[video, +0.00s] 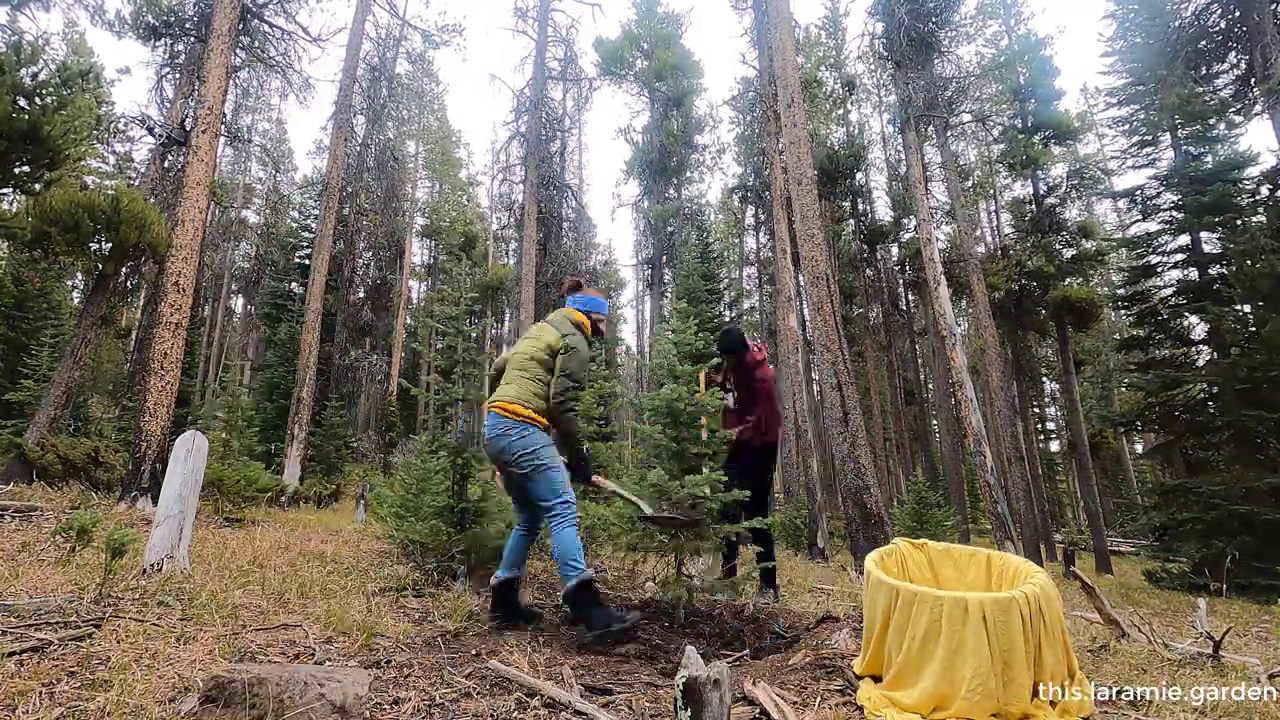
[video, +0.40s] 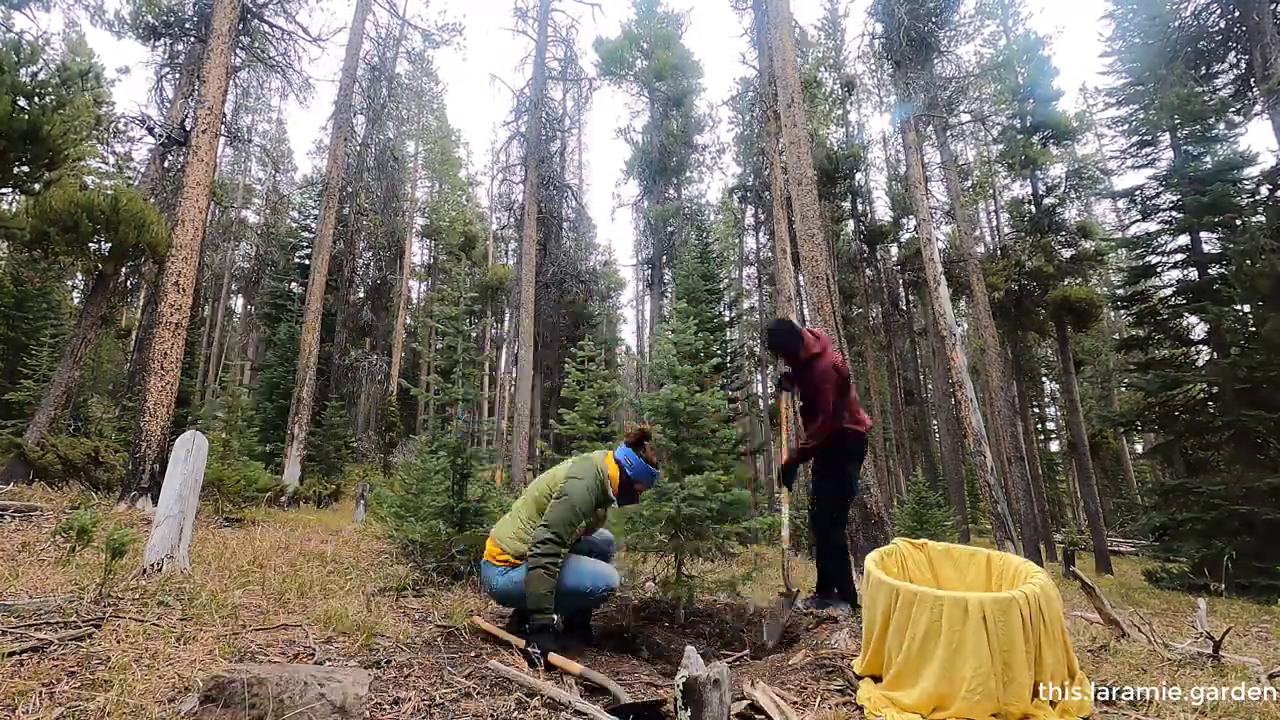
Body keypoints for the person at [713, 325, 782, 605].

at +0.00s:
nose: (728, 361)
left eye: (730, 356)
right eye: (725, 357)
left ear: (740, 351)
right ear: (732, 351)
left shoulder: (761, 375)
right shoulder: (739, 368)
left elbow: (760, 422)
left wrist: (727, 430)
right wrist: (722, 383)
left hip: (762, 446)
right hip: (742, 444)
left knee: (756, 515)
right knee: (727, 509)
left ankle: (769, 586)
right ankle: (728, 574)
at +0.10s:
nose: (725, 398)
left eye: (728, 393)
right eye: (724, 393)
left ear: (738, 390)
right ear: (738, 387)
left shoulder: (764, 406)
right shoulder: (745, 402)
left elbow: (771, 455)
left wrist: (763, 500)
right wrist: (745, 434)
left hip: (798, 452)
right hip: (781, 454)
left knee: (787, 521)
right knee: (778, 521)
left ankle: (791, 590)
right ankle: (783, 587)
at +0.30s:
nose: (755, 422)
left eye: (754, 416)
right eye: (751, 418)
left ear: (762, 407)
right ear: (763, 403)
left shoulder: (793, 421)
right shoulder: (783, 414)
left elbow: (798, 473)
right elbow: (793, 466)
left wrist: (785, 522)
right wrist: (788, 514)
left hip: (842, 458)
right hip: (827, 461)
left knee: (823, 529)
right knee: (819, 527)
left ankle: (830, 596)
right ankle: (830, 593)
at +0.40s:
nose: (782, 359)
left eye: (783, 353)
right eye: (779, 354)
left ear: (792, 345)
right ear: (791, 338)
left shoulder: (821, 365)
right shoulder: (808, 346)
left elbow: (825, 422)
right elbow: (803, 371)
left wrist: (797, 456)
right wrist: (790, 379)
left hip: (845, 439)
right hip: (828, 438)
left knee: (830, 519)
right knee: (821, 518)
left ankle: (843, 596)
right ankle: (826, 590)